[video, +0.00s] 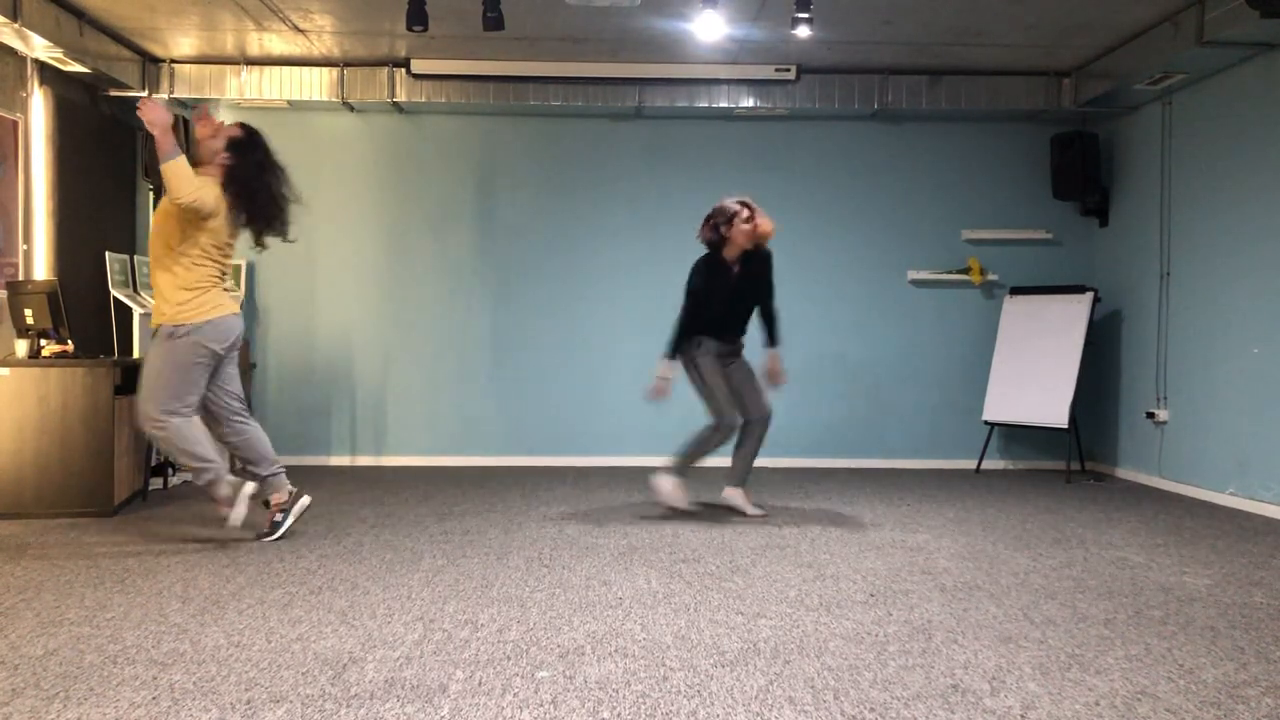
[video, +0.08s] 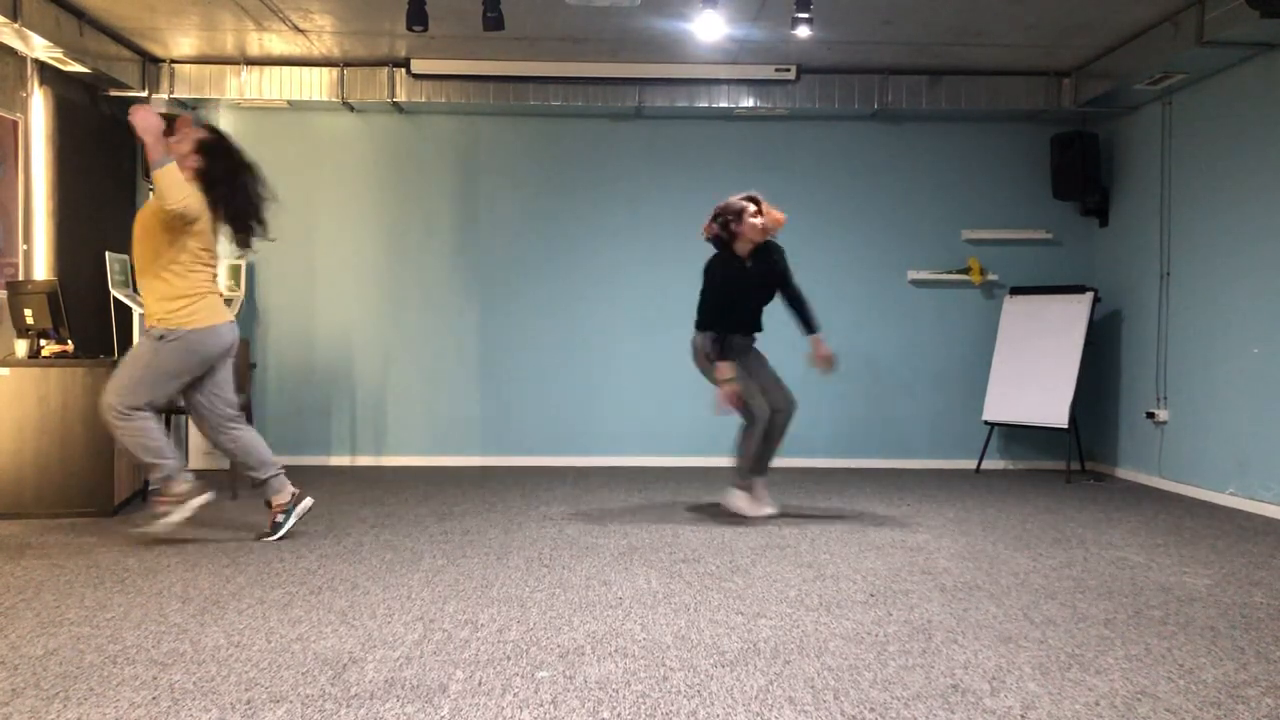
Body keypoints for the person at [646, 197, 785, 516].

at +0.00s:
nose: (755, 226)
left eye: (754, 220)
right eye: (747, 222)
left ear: (753, 227)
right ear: (727, 230)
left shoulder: (760, 258)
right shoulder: (706, 267)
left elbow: (766, 306)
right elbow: (687, 317)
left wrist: (773, 353)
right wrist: (666, 367)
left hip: (730, 351)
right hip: (698, 350)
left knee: (758, 415)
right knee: (728, 420)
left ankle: (734, 488)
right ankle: (670, 474)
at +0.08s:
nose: (761, 219)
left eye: (760, 213)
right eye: (753, 216)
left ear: (761, 220)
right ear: (735, 228)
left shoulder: (771, 255)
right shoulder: (720, 266)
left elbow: (791, 295)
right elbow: (710, 323)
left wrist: (815, 339)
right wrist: (725, 376)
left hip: (742, 345)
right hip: (712, 346)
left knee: (782, 406)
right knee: (758, 411)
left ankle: (754, 481)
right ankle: (740, 488)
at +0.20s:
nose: (782, 228)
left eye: (779, 223)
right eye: (773, 226)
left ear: (781, 228)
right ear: (757, 238)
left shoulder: (790, 264)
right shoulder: (751, 276)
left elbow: (828, 280)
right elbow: (791, 309)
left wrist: (875, 299)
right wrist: (841, 337)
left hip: (768, 356)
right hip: (742, 361)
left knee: (817, 413)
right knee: (797, 420)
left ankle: (822, 495)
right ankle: (767, 499)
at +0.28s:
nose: (793, 233)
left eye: (789, 227)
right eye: (784, 230)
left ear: (779, 240)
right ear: (768, 243)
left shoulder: (792, 268)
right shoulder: (766, 278)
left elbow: (835, 275)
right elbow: (819, 297)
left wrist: (889, 285)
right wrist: (876, 310)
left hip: (775, 359)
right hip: (752, 365)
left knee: (822, 416)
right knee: (816, 415)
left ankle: (826, 499)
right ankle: (782, 485)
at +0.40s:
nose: (811, 237)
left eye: (807, 231)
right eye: (802, 234)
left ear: (789, 245)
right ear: (785, 246)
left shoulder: (801, 268)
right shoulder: (788, 273)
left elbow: (850, 271)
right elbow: (843, 279)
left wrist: (904, 276)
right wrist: (902, 283)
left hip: (765, 358)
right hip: (751, 361)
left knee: (828, 410)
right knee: (817, 420)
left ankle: (831, 499)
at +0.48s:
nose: (812, 241)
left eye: (808, 235)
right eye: (803, 238)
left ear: (789, 250)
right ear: (786, 250)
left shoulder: (795, 272)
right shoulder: (787, 276)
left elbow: (844, 274)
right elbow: (841, 278)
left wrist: (901, 273)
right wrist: (901, 275)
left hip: (761, 358)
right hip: (752, 361)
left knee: (826, 405)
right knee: (814, 421)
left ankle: (807, 479)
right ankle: (837, 504)